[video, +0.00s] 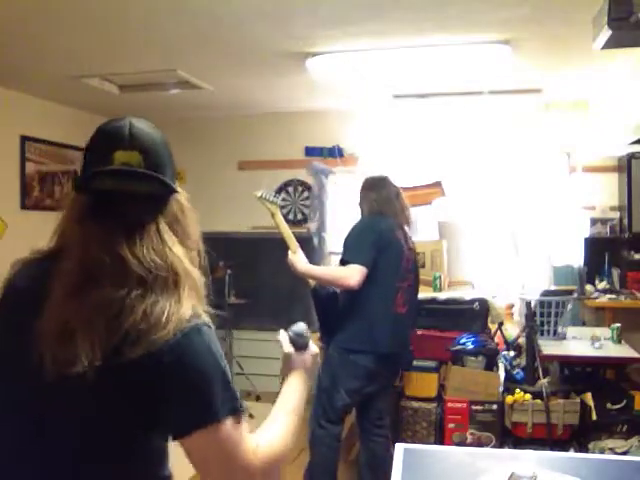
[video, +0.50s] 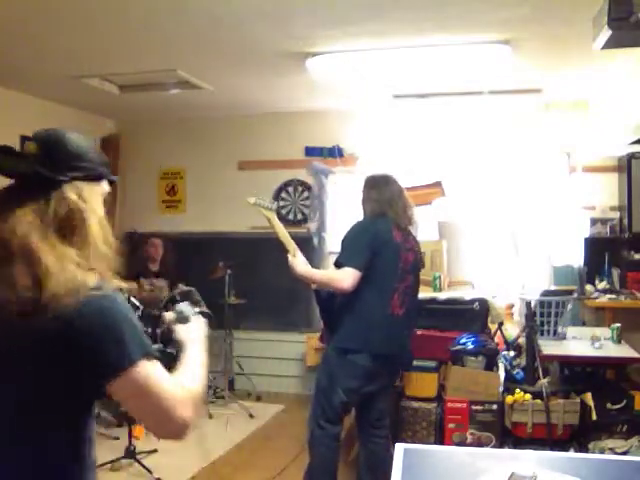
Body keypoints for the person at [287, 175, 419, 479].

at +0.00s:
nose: (359, 204)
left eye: (361, 199)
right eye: (360, 198)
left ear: (366, 199)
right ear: (394, 199)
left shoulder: (370, 227)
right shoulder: (401, 235)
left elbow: (352, 277)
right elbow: (391, 289)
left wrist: (306, 268)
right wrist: (342, 266)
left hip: (358, 346)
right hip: (390, 347)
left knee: (326, 422)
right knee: (376, 428)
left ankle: (320, 474)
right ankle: (377, 476)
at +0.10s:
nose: (361, 202)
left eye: (363, 197)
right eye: (362, 197)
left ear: (368, 198)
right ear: (396, 199)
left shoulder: (371, 227)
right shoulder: (404, 236)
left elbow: (352, 277)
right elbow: (395, 290)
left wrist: (306, 268)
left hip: (358, 345)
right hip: (391, 347)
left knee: (326, 422)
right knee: (376, 428)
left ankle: (321, 474)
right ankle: (377, 476)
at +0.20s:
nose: (363, 202)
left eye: (364, 197)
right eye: (364, 196)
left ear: (370, 198)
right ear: (398, 199)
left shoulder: (371, 227)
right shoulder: (406, 236)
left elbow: (351, 278)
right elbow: (397, 290)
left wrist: (308, 268)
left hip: (357, 345)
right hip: (391, 348)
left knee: (326, 423)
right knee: (376, 429)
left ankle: (321, 474)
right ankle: (377, 476)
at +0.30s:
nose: (363, 201)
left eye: (365, 196)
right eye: (364, 195)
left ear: (371, 197)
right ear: (399, 199)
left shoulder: (370, 227)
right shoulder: (408, 237)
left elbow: (349, 279)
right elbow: (399, 291)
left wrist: (307, 268)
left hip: (356, 345)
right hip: (391, 348)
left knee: (326, 424)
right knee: (377, 431)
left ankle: (322, 474)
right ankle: (377, 476)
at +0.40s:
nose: (363, 201)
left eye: (365, 196)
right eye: (365, 195)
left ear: (370, 198)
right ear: (399, 199)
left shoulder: (369, 228)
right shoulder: (408, 237)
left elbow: (348, 280)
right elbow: (393, 291)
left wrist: (306, 270)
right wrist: (327, 278)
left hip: (356, 346)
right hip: (392, 348)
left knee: (325, 424)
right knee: (376, 431)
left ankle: (321, 474)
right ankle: (376, 476)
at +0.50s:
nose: (362, 202)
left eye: (364, 196)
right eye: (364, 196)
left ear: (369, 198)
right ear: (398, 200)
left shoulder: (367, 230)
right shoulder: (410, 240)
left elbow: (346, 281)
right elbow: (394, 293)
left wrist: (305, 271)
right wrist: (326, 280)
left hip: (355, 346)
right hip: (392, 349)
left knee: (324, 424)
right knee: (376, 431)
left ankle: (320, 474)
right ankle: (375, 476)